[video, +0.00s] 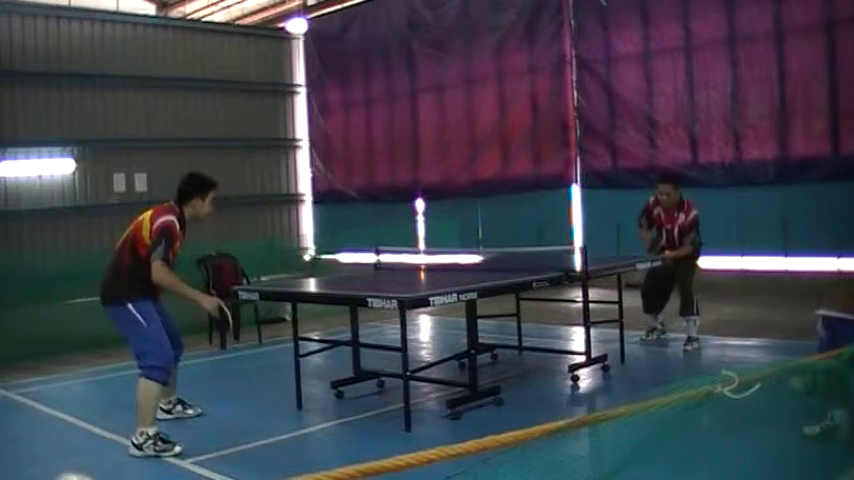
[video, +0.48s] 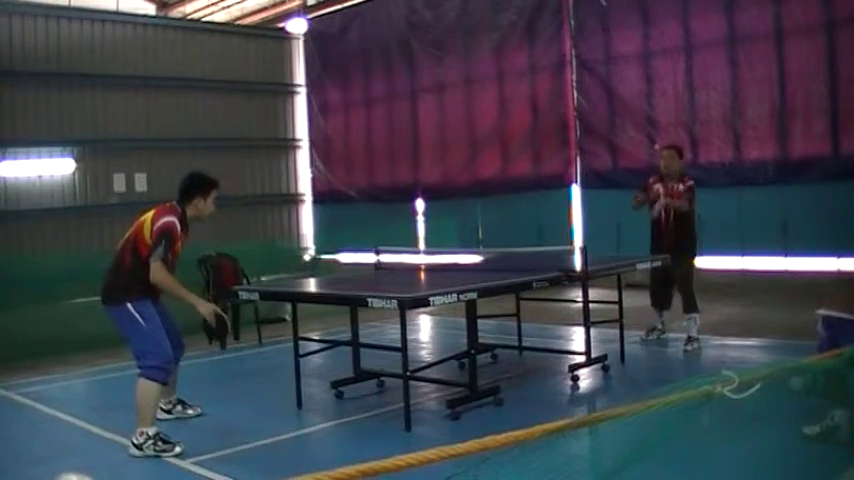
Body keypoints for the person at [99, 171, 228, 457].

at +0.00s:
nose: (211, 208)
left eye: (212, 202)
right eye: (209, 202)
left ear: (191, 199)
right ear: (195, 200)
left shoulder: (171, 217)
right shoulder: (167, 222)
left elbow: (156, 269)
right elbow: (158, 273)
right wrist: (200, 298)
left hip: (142, 293)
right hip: (125, 296)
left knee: (172, 346)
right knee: (157, 358)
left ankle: (167, 403)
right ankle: (144, 435)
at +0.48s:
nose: (214, 207)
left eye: (214, 201)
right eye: (212, 200)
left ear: (193, 198)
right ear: (197, 200)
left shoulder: (173, 218)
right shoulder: (168, 223)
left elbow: (155, 270)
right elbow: (157, 274)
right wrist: (198, 303)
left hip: (143, 293)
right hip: (125, 296)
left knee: (173, 346)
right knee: (156, 358)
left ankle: (167, 403)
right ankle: (144, 435)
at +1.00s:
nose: (208, 189)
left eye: (208, 183)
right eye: (206, 182)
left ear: (186, 182)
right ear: (190, 183)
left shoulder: (169, 204)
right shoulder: (166, 212)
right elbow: (157, 264)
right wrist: (193, 299)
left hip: (152, 289)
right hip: (135, 291)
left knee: (173, 346)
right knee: (158, 356)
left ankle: (167, 403)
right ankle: (144, 434)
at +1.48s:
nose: (204, 215)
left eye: (204, 208)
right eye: (198, 209)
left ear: (183, 212)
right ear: (178, 213)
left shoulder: (209, 235)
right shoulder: (148, 238)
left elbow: (246, 263)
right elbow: (119, 276)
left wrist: (239, 275)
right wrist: (118, 320)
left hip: (189, 309)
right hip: (159, 309)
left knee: (199, 362)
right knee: (193, 359)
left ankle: (156, 405)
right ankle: (202, 433)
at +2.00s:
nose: (234, 213)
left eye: (235, 207)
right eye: (231, 206)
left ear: (204, 201)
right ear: (214, 203)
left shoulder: (181, 226)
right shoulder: (210, 226)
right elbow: (251, 190)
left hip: (175, 318)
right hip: (195, 321)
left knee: (211, 349)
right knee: (248, 365)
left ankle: (195, 407)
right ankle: (213, 433)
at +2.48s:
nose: (202, 156)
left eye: (204, 150)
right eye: (195, 150)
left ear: (203, 152)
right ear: (177, 154)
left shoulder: (187, 182)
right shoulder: (173, 181)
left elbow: (188, 226)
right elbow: (203, 212)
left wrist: (220, 231)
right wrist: (239, 181)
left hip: (188, 275)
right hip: (168, 278)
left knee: (200, 340)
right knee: (185, 344)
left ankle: (194, 406)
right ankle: (178, 425)